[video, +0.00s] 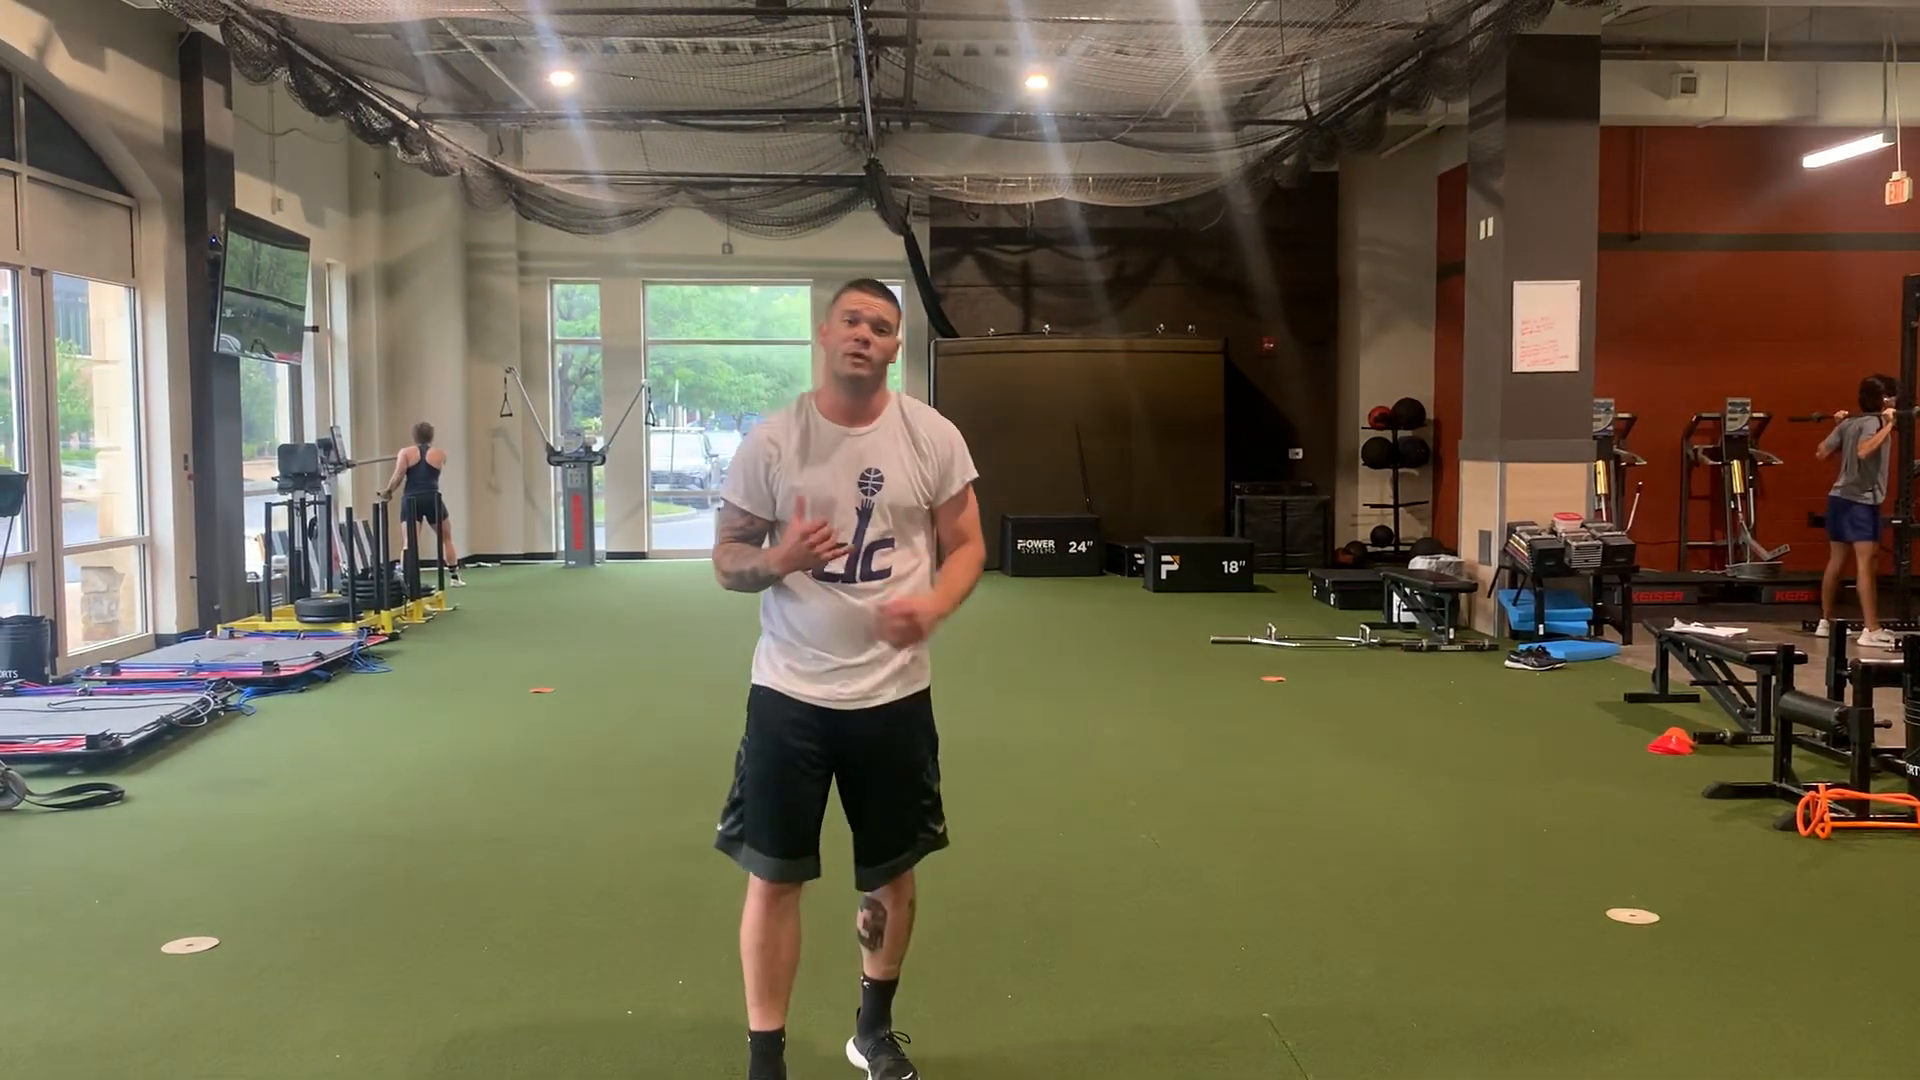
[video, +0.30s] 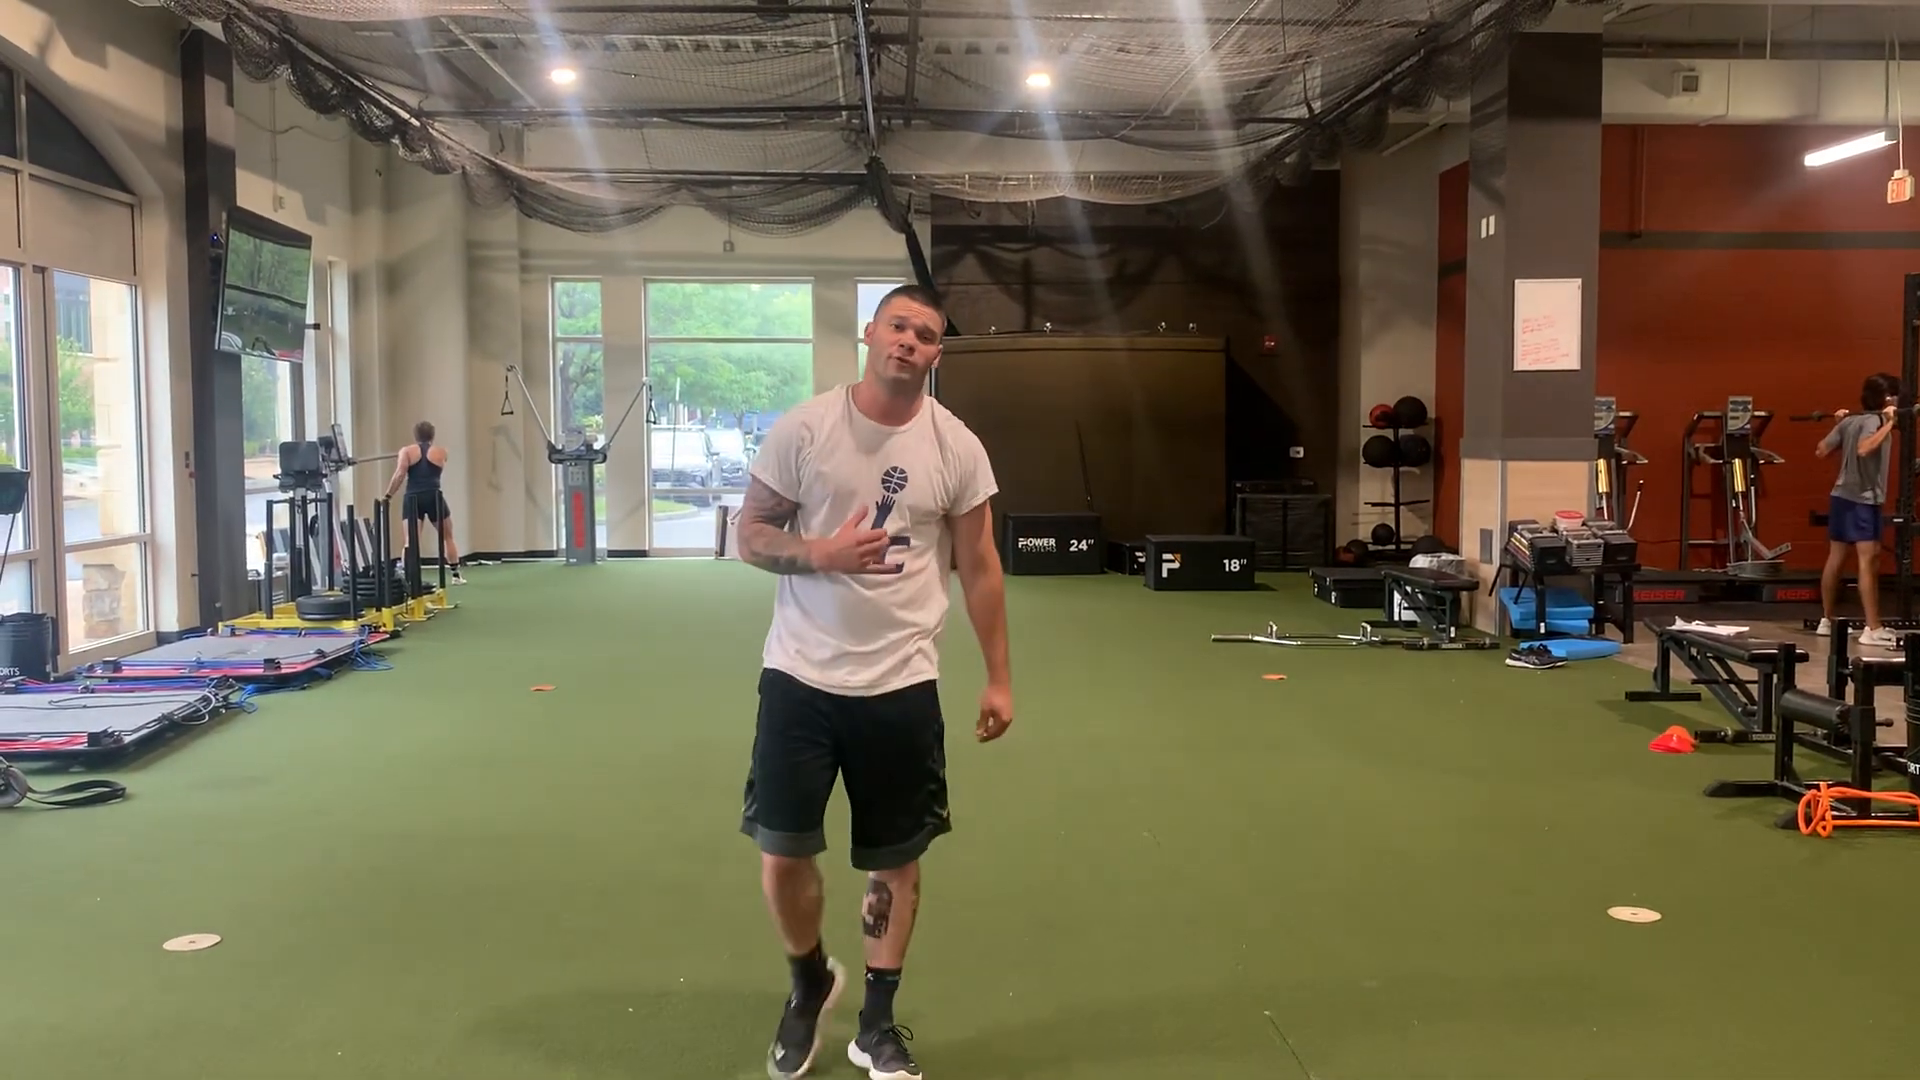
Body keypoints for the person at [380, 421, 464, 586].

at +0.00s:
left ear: (414, 437)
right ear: (431, 437)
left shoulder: (405, 453)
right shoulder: (440, 455)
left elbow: (398, 476)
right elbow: (434, 473)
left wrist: (388, 491)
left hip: (411, 499)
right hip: (432, 498)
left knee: (408, 543)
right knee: (446, 538)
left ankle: (404, 577)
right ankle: (455, 576)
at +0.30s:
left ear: (416, 436)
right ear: (432, 436)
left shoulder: (406, 452)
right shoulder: (441, 453)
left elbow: (400, 475)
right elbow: (436, 473)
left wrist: (388, 495)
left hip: (413, 498)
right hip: (434, 497)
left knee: (410, 541)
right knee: (447, 536)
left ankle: (405, 575)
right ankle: (456, 574)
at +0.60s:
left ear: (417, 432)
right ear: (433, 432)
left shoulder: (408, 447)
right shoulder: (442, 449)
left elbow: (400, 471)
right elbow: (437, 469)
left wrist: (389, 489)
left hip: (413, 494)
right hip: (434, 493)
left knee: (410, 538)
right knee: (448, 533)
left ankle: (405, 571)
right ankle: (456, 571)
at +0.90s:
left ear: (419, 431)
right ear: (435, 432)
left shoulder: (409, 446)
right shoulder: (444, 448)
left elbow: (401, 466)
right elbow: (438, 467)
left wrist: (391, 483)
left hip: (414, 492)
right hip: (435, 491)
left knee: (411, 535)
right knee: (449, 532)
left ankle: (407, 570)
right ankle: (457, 569)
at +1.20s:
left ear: (419, 431)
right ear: (436, 432)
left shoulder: (409, 445)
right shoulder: (445, 447)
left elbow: (402, 466)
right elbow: (439, 467)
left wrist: (392, 485)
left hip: (415, 492)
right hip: (436, 491)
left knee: (413, 534)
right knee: (450, 531)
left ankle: (410, 571)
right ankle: (459, 568)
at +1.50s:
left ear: (419, 430)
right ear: (436, 431)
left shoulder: (409, 445)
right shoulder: (445, 446)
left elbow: (403, 465)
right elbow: (440, 466)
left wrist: (392, 485)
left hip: (415, 491)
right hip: (437, 490)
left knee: (413, 534)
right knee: (450, 530)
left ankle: (411, 570)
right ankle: (459, 568)